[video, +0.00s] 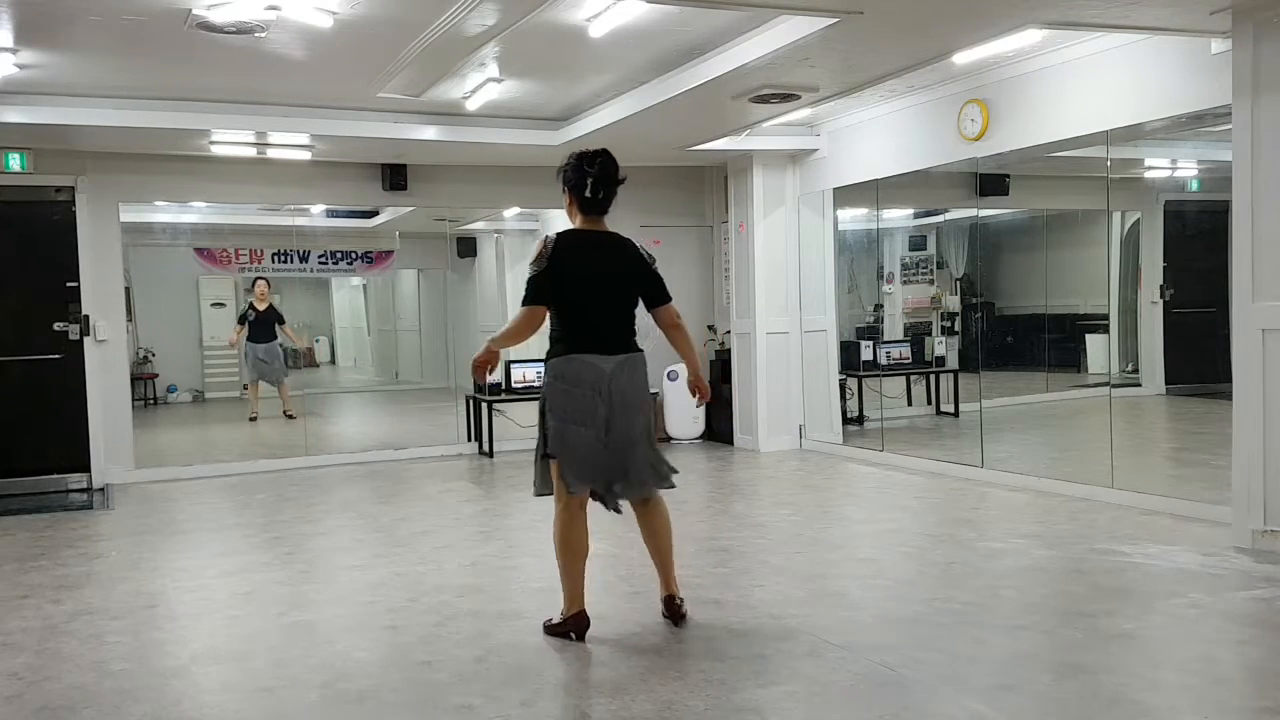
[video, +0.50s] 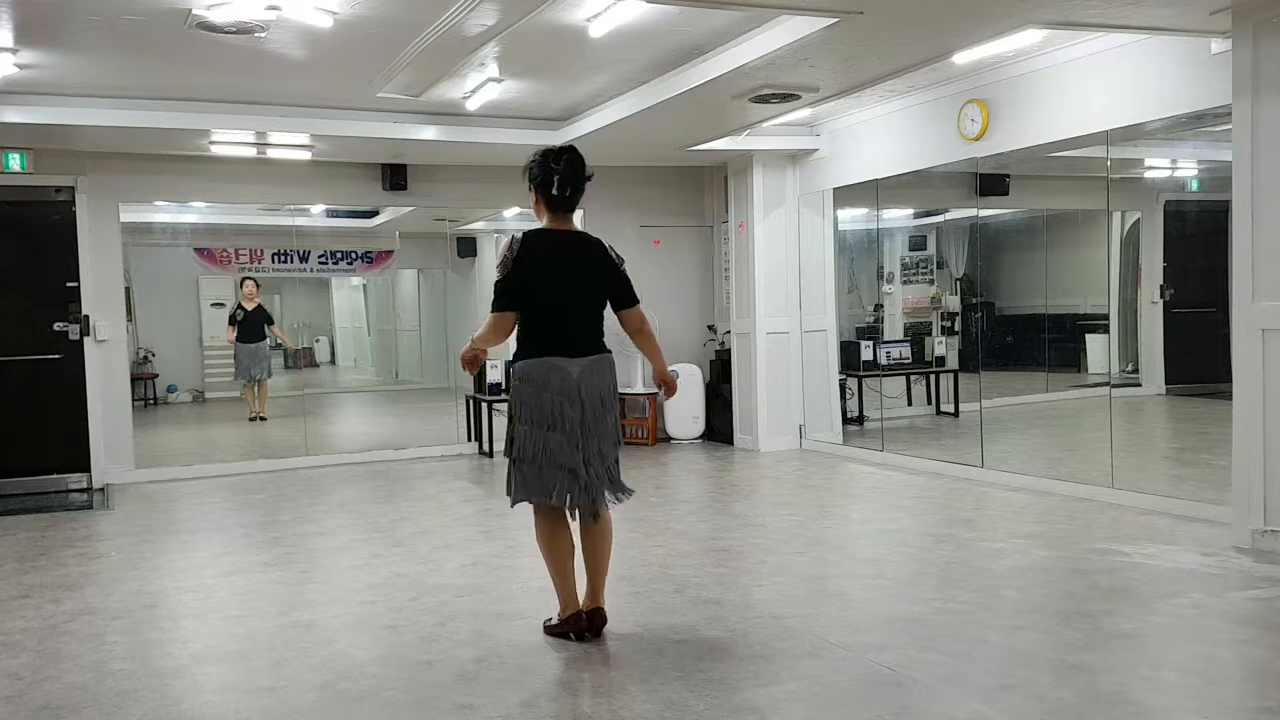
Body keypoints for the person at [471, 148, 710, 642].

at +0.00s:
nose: (563, 200)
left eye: (563, 194)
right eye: (567, 193)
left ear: (568, 197)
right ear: (612, 197)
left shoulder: (553, 251)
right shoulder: (631, 252)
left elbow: (531, 319)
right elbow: (669, 319)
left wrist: (494, 346)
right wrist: (695, 369)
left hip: (570, 378)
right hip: (628, 377)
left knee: (570, 496)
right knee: (644, 485)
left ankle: (574, 612)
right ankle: (671, 594)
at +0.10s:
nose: (552, 199)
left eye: (552, 193)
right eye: (557, 193)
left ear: (557, 197)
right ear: (602, 197)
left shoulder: (543, 249)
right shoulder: (621, 252)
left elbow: (518, 319)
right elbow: (656, 320)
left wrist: (485, 345)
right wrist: (684, 370)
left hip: (558, 377)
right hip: (617, 376)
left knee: (563, 497)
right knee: (623, 488)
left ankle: (574, 611)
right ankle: (644, 594)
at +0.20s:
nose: (546, 200)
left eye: (545, 193)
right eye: (550, 192)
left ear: (549, 197)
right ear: (595, 196)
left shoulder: (535, 250)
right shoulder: (615, 253)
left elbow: (511, 322)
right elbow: (648, 322)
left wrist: (483, 347)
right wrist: (677, 368)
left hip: (553, 377)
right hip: (610, 377)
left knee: (557, 496)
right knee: (601, 490)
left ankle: (573, 612)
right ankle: (608, 601)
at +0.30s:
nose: (539, 200)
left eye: (540, 194)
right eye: (543, 192)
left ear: (543, 197)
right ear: (588, 196)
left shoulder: (529, 252)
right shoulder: (610, 254)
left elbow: (510, 324)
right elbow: (643, 323)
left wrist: (484, 348)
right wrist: (674, 369)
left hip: (549, 381)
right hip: (605, 380)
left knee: (556, 502)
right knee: (587, 497)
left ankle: (572, 612)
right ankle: (594, 605)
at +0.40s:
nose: (536, 198)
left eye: (536, 192)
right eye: (541, 191)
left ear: (540, 197)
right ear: (585, 196)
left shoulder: (525, 252)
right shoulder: (605, 253)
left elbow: (508, 323)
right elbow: (640, 322)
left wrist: (485, 348)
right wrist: (670, 368)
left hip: (544, 378)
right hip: (600, 377)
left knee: (552, 498)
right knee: (593, 495)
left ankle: (572, 611)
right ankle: (594, 604)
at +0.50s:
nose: (530, 197)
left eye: (530, 191)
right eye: (533, 190)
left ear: (535, 195)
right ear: (581, 194)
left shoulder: (522, 250)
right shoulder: (600, 253)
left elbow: (502, 324)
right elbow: (635, 321)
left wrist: (476, 347)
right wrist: (661, 367)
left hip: (539, 377)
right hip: (596, 375)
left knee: (546, 494)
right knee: (593, 490)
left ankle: (570, 610)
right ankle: (595, 604)